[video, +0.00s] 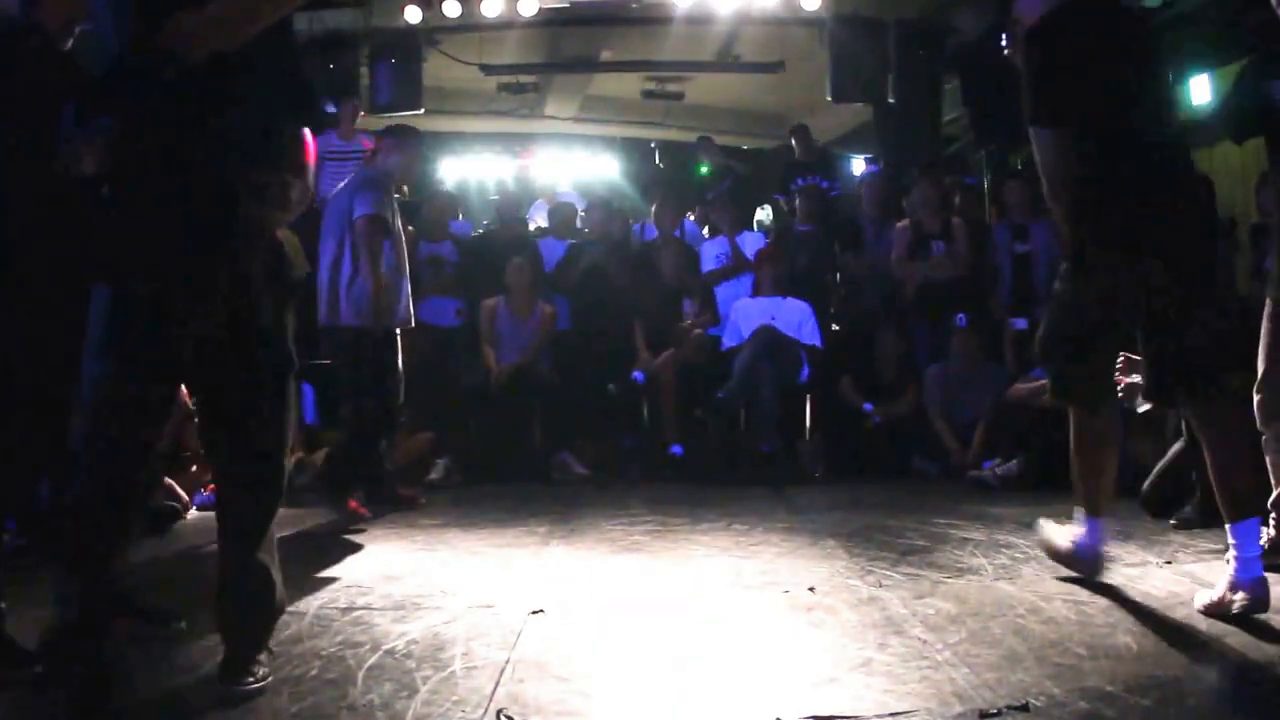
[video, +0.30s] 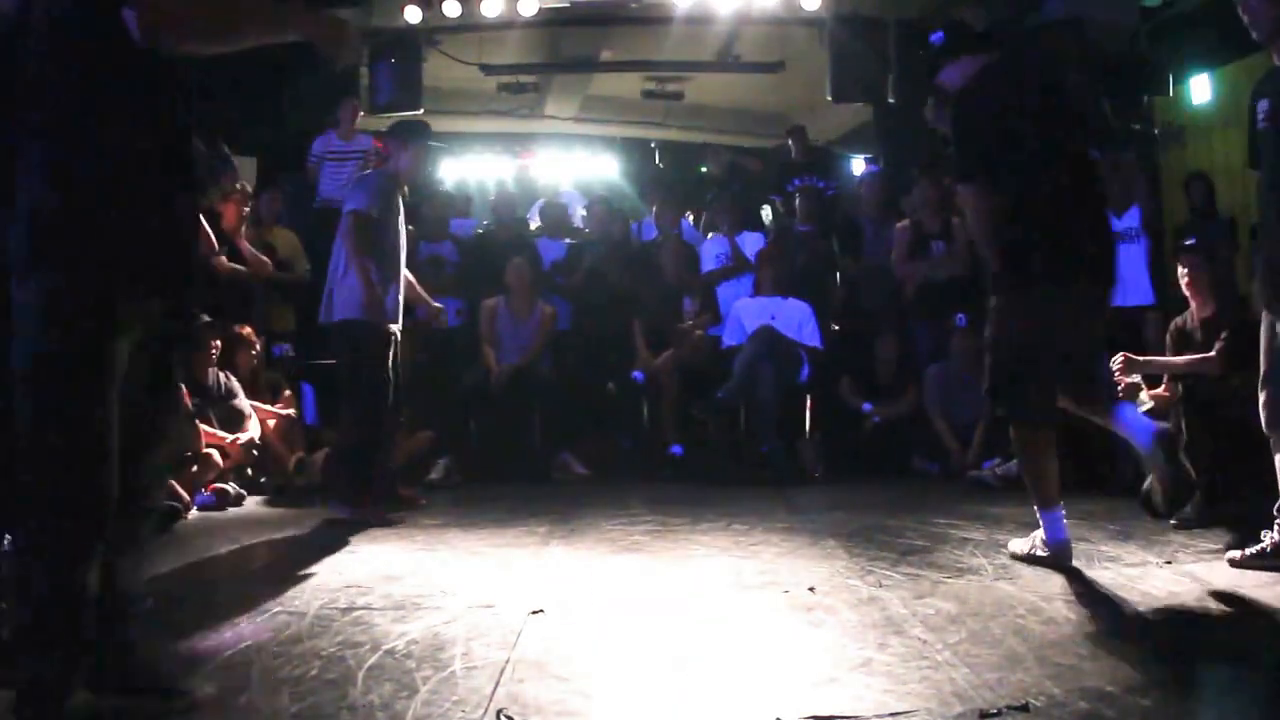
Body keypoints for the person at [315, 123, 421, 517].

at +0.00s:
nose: (415, 166)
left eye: (417, 157)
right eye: (411, 156)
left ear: (383, 151)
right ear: (388, 150)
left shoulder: (359, 186)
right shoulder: (372, 185)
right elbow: (368, 232)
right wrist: (376, 284)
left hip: (358, 315)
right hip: (366, 316)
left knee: (372, 406)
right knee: (373, 406)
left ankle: (379, 483)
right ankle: (346, 484)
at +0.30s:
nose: (421, 161)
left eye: (423, 153)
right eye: (417, 151)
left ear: (405, 152)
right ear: (394, 148)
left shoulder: (390, 194)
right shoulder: (370, 184)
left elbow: (393, 261)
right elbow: (356, 238)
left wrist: (427, 302)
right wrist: (372, 289)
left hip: (380, 318)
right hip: (359, 315)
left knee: (380, 406)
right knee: (367, 406)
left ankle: (378, 488)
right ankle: (358, 494)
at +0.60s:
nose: (418, 156)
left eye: (418, 148)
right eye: (411, 148)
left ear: (407, 153)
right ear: (386, 153)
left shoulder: (409, 208)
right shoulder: (357, 189)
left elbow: (423, 266)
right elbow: (329, 240)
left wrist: (455, 310)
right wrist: (329, 297)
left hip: (385, 320)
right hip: (347, 317)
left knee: (387, 403)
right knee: (333, 405)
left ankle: (383, 484)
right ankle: (316, 495)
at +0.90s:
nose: (390, 148)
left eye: (389, 141)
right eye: (381, 141)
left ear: (381, 149)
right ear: (354, 146)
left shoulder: (390, 202)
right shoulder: (321, 192)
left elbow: (398, 260)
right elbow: (290, 246)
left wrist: (394, 310)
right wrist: (280, 302)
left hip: (368, 323)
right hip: (319, 322)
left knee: (379, 409)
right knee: (313, 414)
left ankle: (380, 487)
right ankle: (310, 498)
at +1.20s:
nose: (345, 147)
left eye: (348, 138)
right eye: (336, 138)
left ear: (353, 142)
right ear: (313, 143)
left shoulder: (369, 195)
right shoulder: (283, 189)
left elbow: (380, 254)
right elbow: (258, 252)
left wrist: (383, 308)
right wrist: (250, 313)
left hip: (350, 322)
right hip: (297, 322)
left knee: (370, 411)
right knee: (299, 416)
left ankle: (376, 491)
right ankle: (309, 497)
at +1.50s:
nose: (331, 145)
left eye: (338, 138)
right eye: (324, 136)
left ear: (346, 142)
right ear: (306, 137)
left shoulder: (360, 185)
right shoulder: (278, 186)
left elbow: (408, 164)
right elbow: (254, 252)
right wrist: (249, 316)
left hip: (343, 317)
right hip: (291, 317)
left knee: (344, 411)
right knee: (296, 409)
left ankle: (345, 505)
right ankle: (308, 496)